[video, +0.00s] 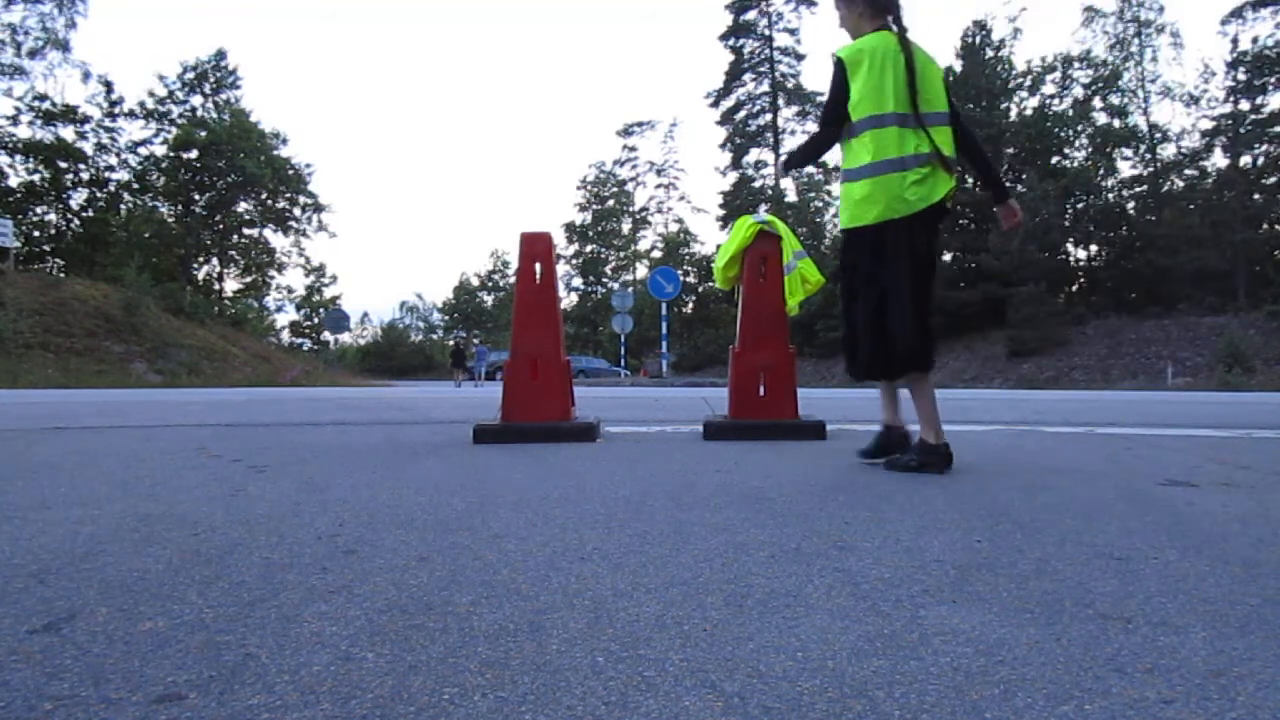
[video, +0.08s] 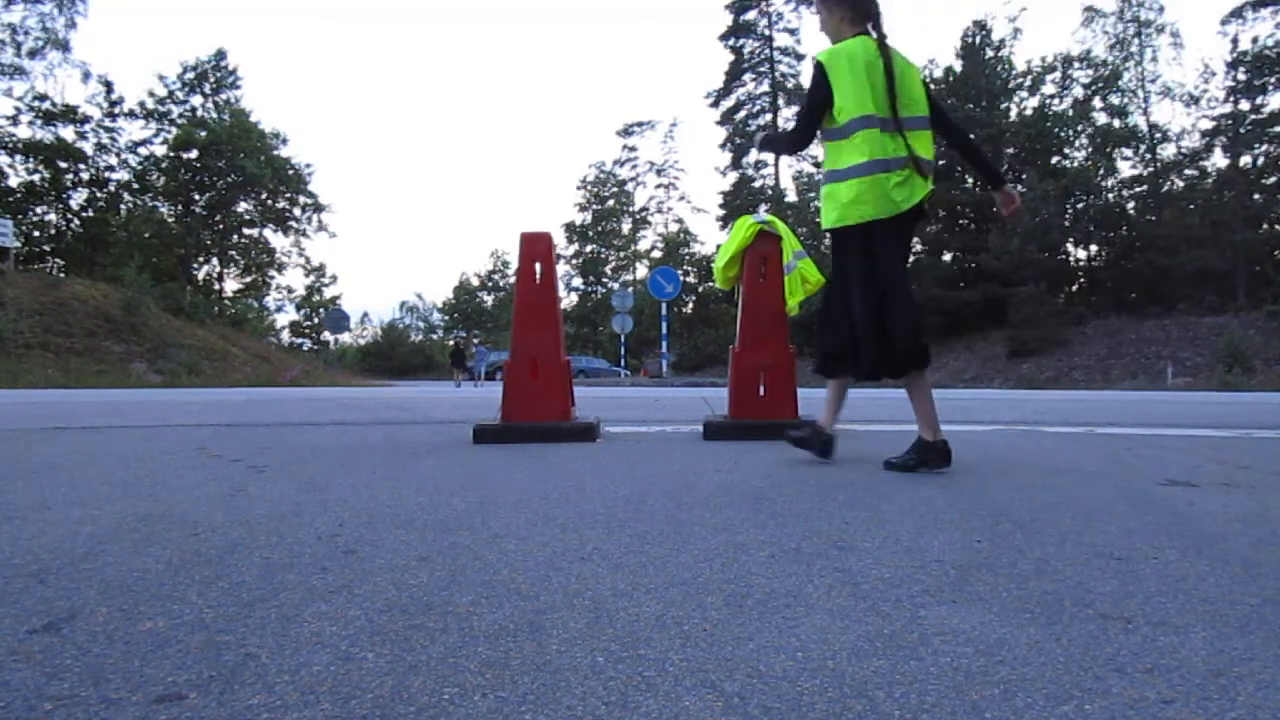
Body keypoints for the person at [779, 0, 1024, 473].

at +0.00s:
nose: (840, 20)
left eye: (841, 10)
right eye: (839, 11)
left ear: (859, 9)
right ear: (885, 11)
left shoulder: (853, 56)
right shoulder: (926, 62)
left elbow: (831, 129)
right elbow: (959, 132)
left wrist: (788, 162)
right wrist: (999, 195)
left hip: (872, 211)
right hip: (920, 205)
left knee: (888, 322)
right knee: (892, 320)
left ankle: (931, 444)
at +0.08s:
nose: (819, 23)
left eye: (822, 13)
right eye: (819, 15)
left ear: (843, 14)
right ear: (866, 16)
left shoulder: (832, 62)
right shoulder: (903, 66)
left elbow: (798, 139)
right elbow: (949, 129)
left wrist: (766, 139)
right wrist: (996, 182)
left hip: (857, 211)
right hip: (902, 206)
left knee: (894, 319)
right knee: (845, 314)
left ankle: (932, 440)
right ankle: (823, 428)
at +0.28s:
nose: (770, 45)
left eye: (772, 36)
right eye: (770, 37)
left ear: (793, 36)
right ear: (812, 38)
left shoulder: (783, 82)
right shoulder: (846, 91)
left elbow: (749, 159)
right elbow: (887, 157)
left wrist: (700, 186)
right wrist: (936, 206)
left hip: (804, 230)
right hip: (839, 227)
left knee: (846, 331)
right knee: (785, 325)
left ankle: (912, 425)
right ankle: (765, 433)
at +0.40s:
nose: (743, 43)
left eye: (748, 34)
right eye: (745, 34)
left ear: (768, 37)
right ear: (784, 38)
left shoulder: (756, 86)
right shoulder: (810, 95)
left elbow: (729, 158)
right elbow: (833, 161)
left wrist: (680, 220)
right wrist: (866, 213)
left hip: (769, 230)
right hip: (805, 228)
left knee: (784, 328)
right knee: (762, 328)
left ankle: (858, 401)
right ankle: (761, 434)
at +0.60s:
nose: (699, 29)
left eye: (705, 20)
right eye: (701, 21)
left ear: (726, 26)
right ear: (734, 29)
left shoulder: (735, 69)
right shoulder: (742, 75)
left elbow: (749, 107)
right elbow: (755, 149)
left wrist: (746, 130)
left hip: (728, 227)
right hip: (750, 226)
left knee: (697, 319)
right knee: (750, 326)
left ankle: (716, 422)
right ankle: (757, 432)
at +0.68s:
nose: (684, 25)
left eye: (691, 18)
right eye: (686, 18)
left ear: (714, 26)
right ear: (712, 27)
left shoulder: (726, 68)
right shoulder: (711, 77)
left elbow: (751, 93)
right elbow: (706, 136)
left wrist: (773, 100)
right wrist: (672, 156)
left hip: (714, 225)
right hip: (728, 224)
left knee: (678, 323)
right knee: (742, 328)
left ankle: (660, 430)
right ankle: (756, 433)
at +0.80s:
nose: (665, 28)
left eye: (674, 20)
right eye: (667, 20)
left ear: (699, 30)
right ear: (692, 33)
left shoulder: (716, 79)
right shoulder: (672, 92)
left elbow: (762, 107)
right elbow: (638, 129)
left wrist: (806, 105)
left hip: (695, 231)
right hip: (683, 230)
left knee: (653, 330)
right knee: (715, 329)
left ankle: (628, 435)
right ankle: (751, 423)